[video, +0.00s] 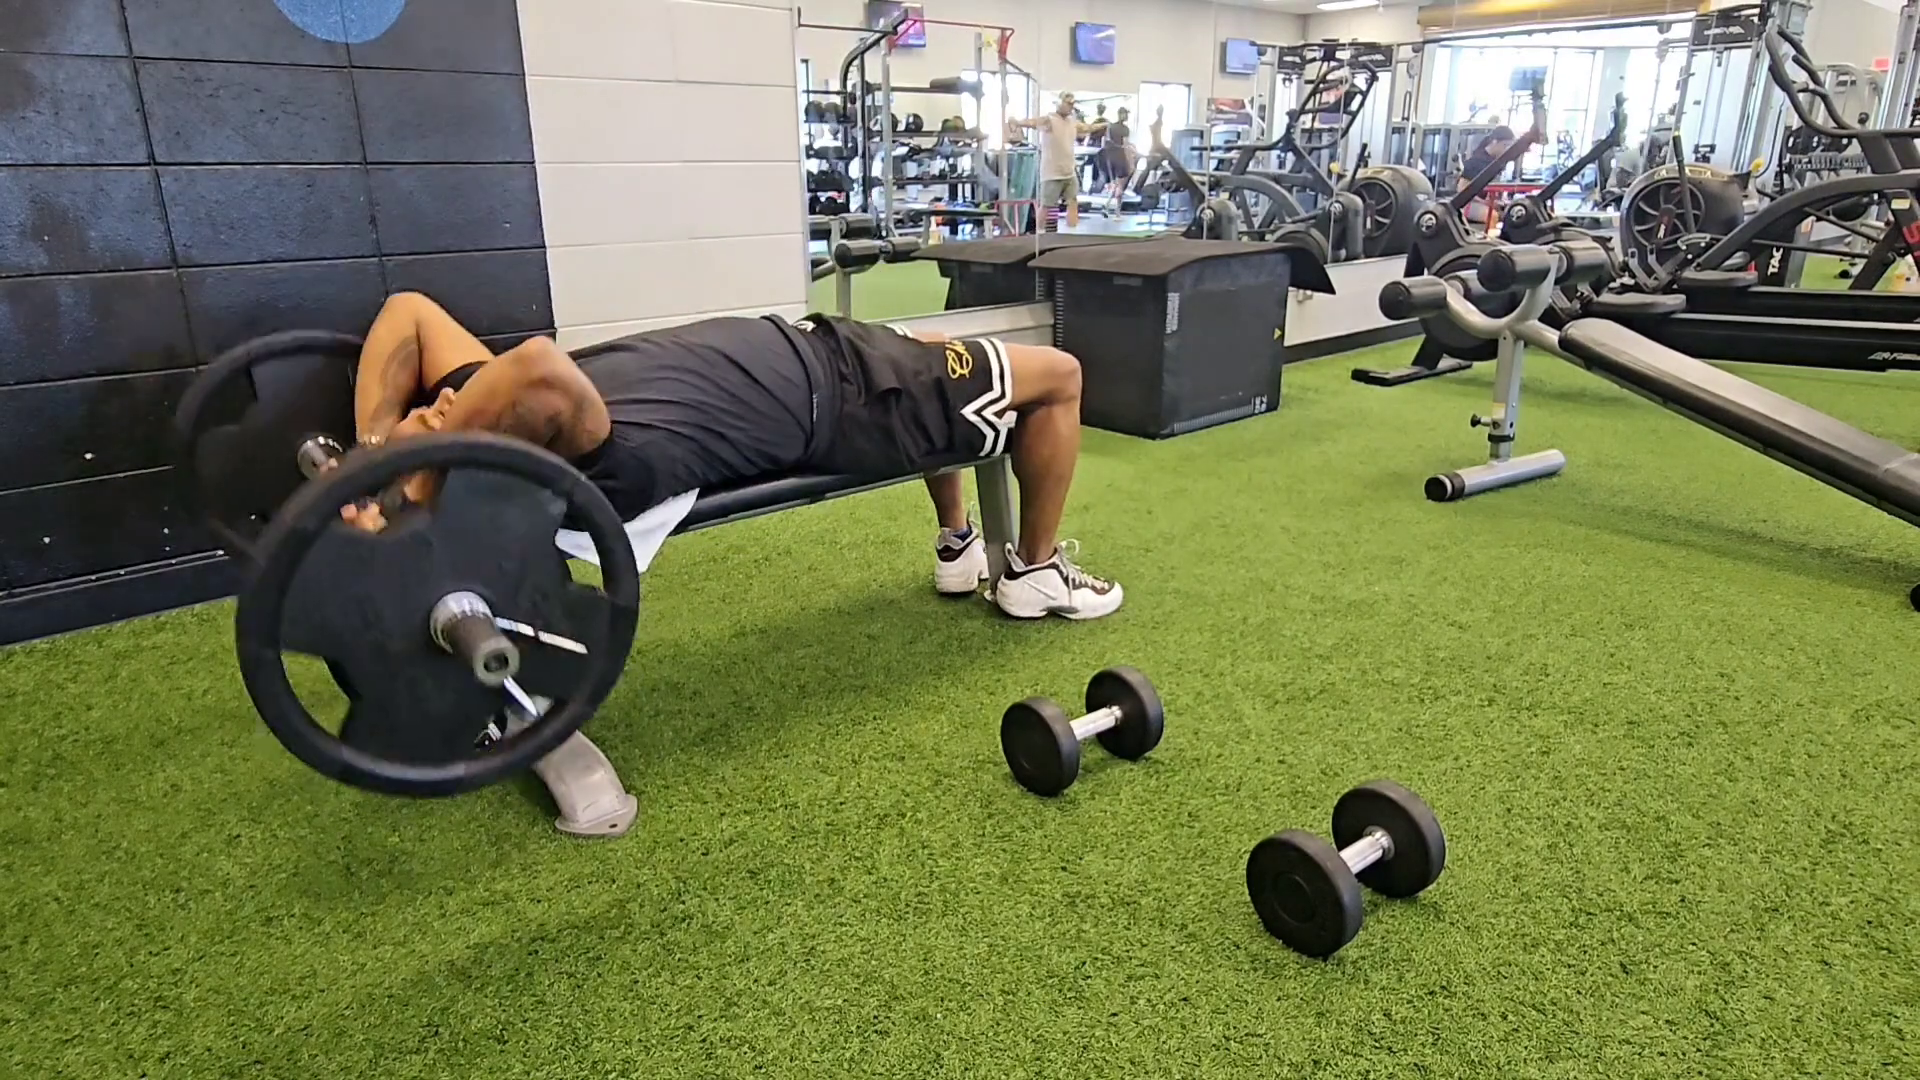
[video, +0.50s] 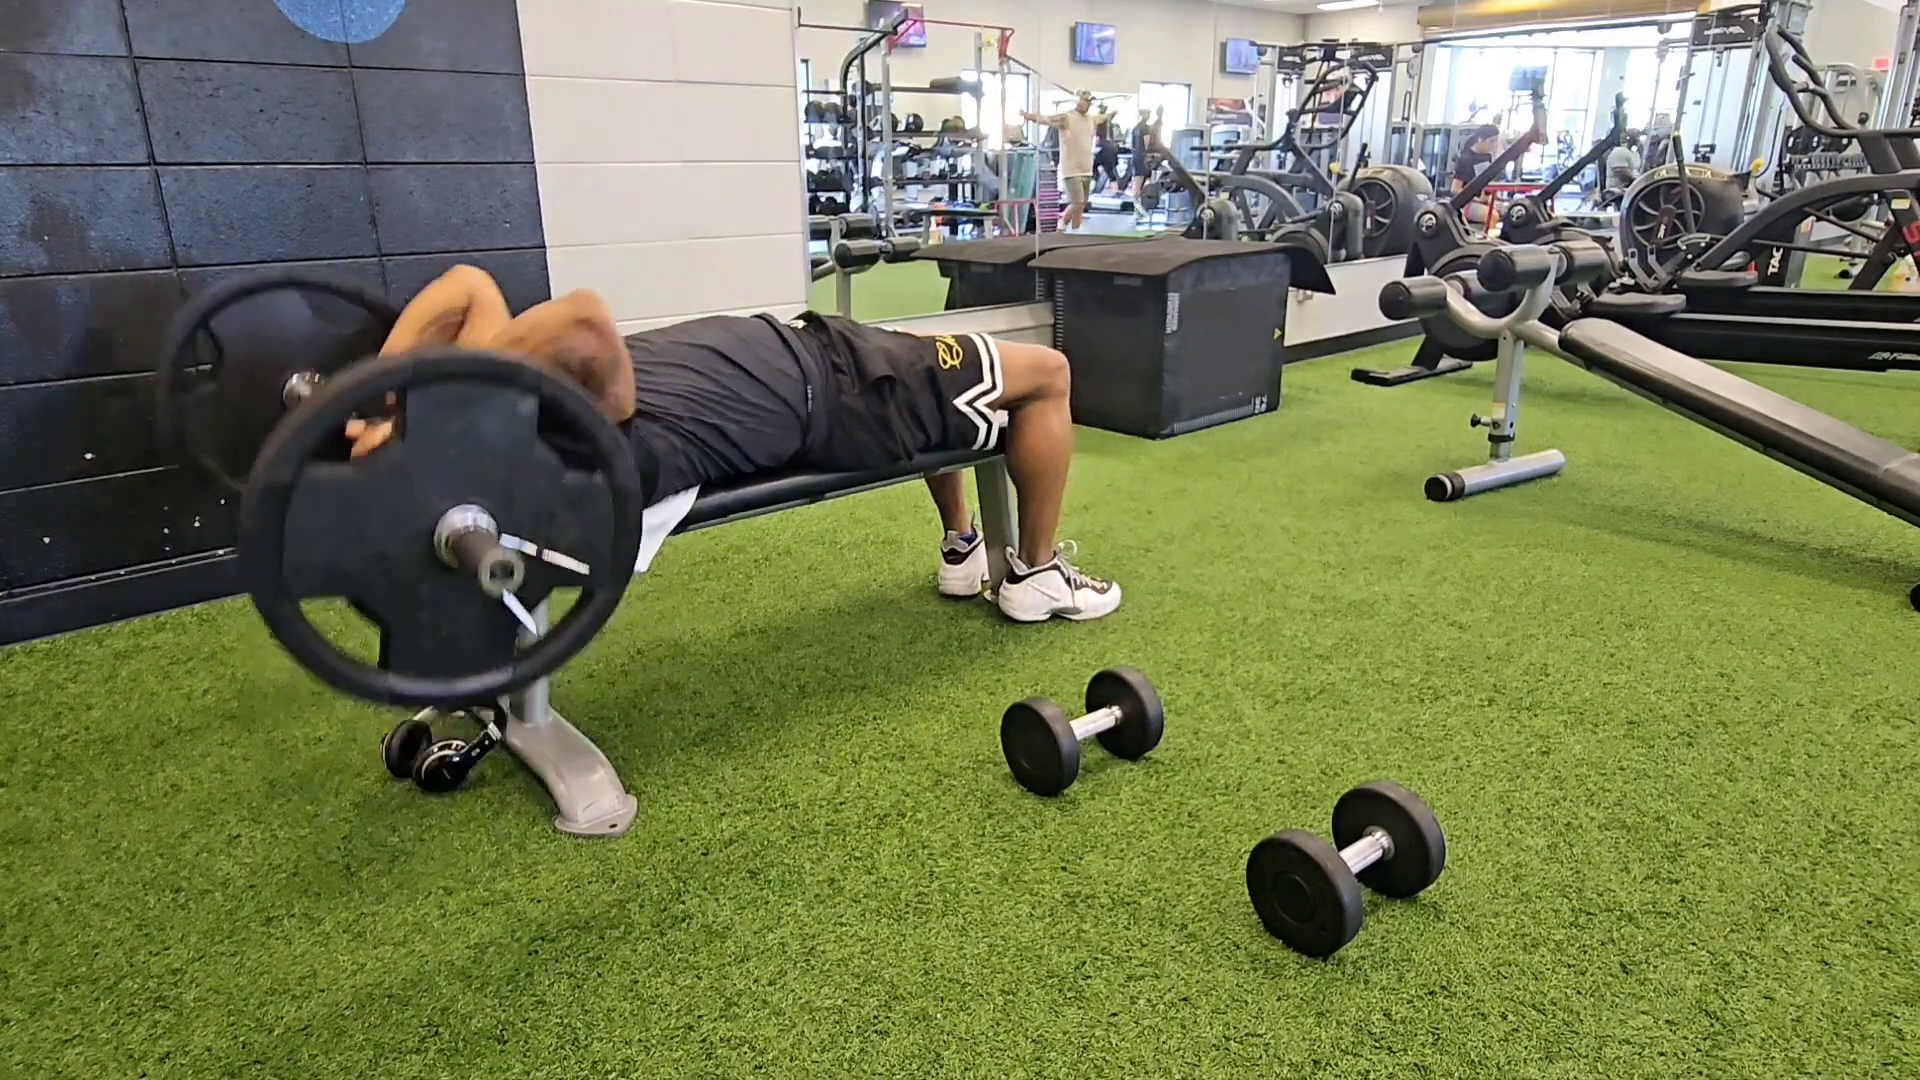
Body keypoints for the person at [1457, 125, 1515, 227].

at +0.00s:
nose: (1507, 150)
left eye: (1509, 146)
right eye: (1505, 145)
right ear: (1494, 142)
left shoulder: (1496, 162)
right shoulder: (1478, 160)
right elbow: (1462, 188)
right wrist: (1486, 203)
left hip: (1489, 201)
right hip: (1469, 202)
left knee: (1511, 210)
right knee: (1492, 216)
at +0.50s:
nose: (1495, 145)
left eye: (1496, 141)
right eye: (1492, 141)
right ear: (1480, 140)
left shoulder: (1488, 157)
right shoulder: (1466, 158)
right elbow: (1455, 188)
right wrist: (1479, 198)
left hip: (1486, 199)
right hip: (1468, 202)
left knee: (1509, 209)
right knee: (1492, 215)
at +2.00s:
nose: (1490, 135)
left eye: (1490, 132)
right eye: (1485, 132)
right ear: (1473, 137)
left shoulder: (1484, 156)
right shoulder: (1466, 156)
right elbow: (1456, 185)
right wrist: (1479, 194)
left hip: (1485, 201)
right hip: (1468, 202)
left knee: (1509, 212)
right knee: (1496, 216)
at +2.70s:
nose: (1489, 136)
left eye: (1490, 132)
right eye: (1485, 133)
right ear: (1473, 137)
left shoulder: (1485, 156)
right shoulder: (1465, 157)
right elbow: (1454, 185)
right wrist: (1478, 195)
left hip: (1488, 201)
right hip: (1469, 202)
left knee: (1508, 212)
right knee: (1496, 215)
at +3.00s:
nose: (1491, 135)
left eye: (1491, 132)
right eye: (1487, 132)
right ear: (1474, 136)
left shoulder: (1486, 155)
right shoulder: (1466, 156)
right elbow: (1456, 185)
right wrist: (1480, 194)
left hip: (1488, 201)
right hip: (1469, 203)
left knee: (1508, 211)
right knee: (1496, 215)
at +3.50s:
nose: (1493, 136)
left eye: (1493, 132)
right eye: (1490, 132)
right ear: (1478, 135)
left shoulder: (1488, 155)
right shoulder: (1468, 155)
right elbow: (1459, 186)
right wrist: (1484, 195)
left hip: (1489, 200)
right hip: (1470, 202)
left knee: (1509, 211)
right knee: (1496, 215)